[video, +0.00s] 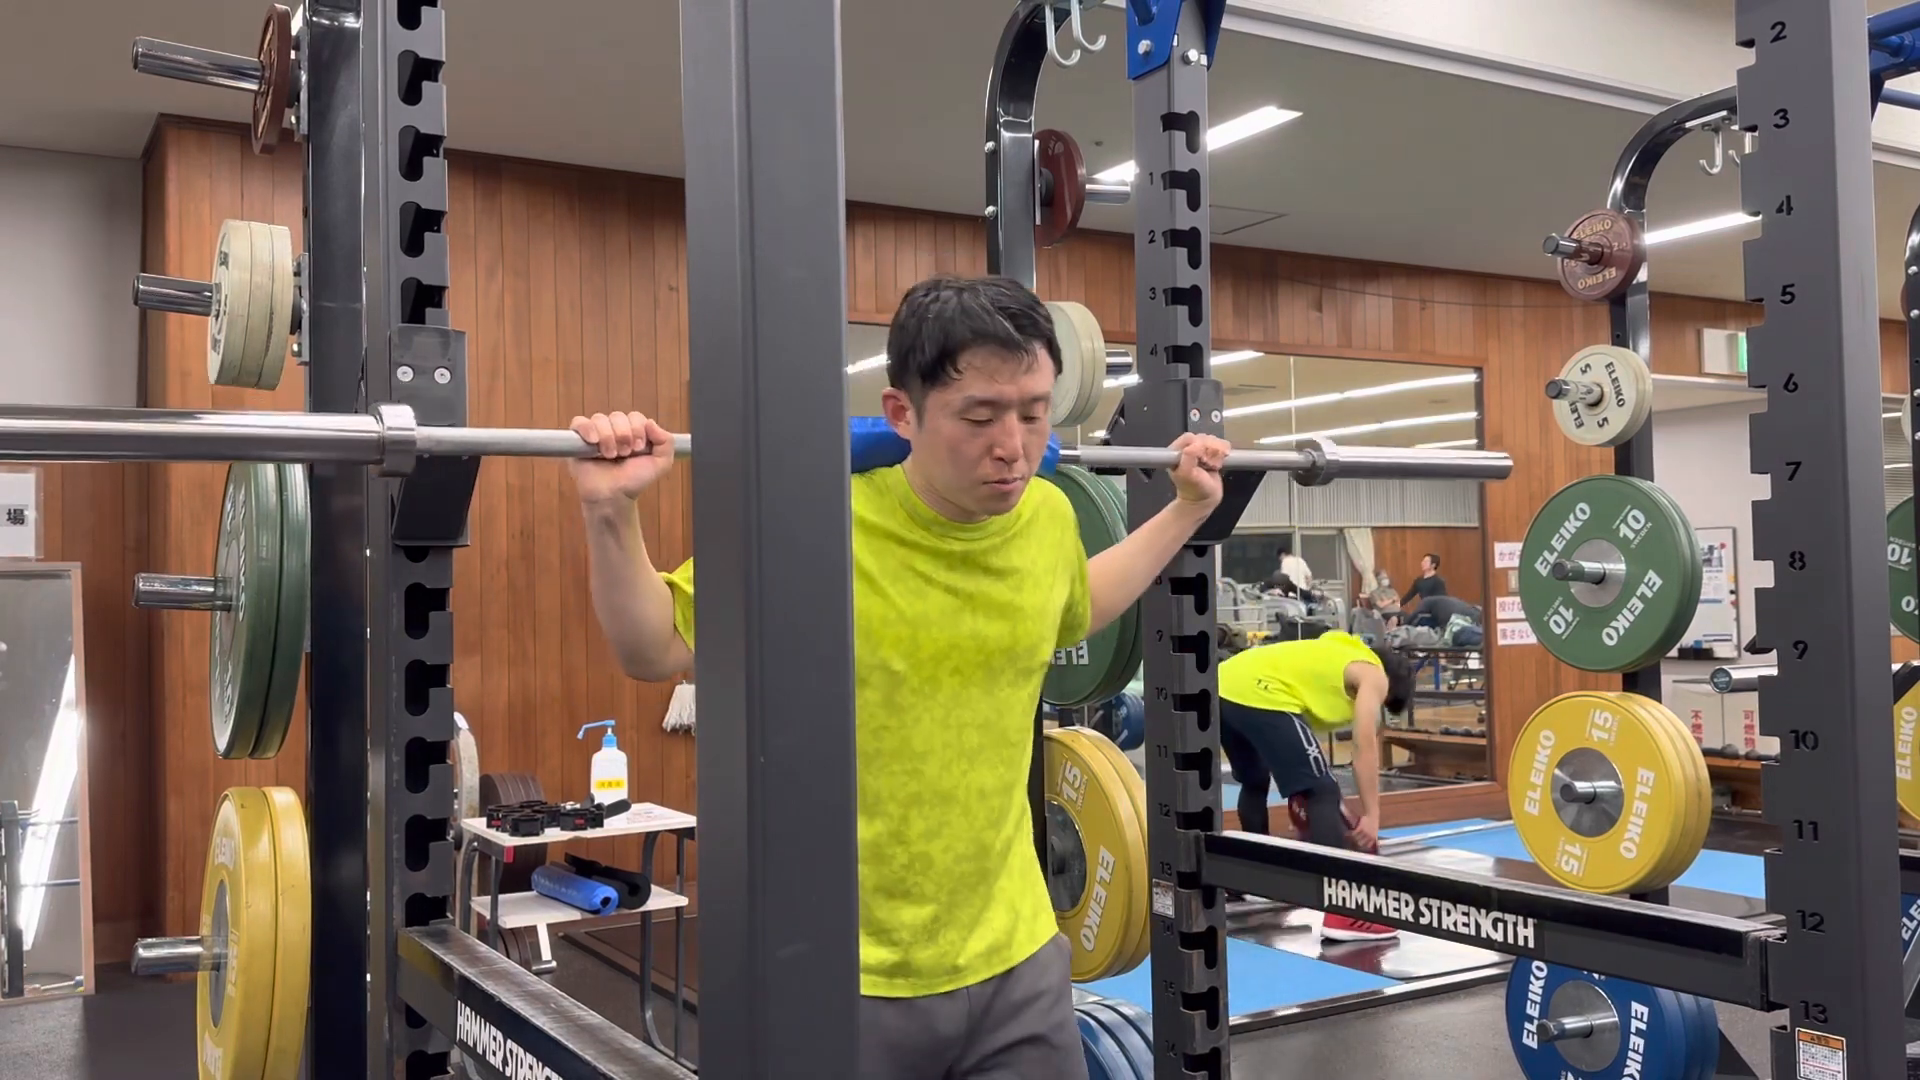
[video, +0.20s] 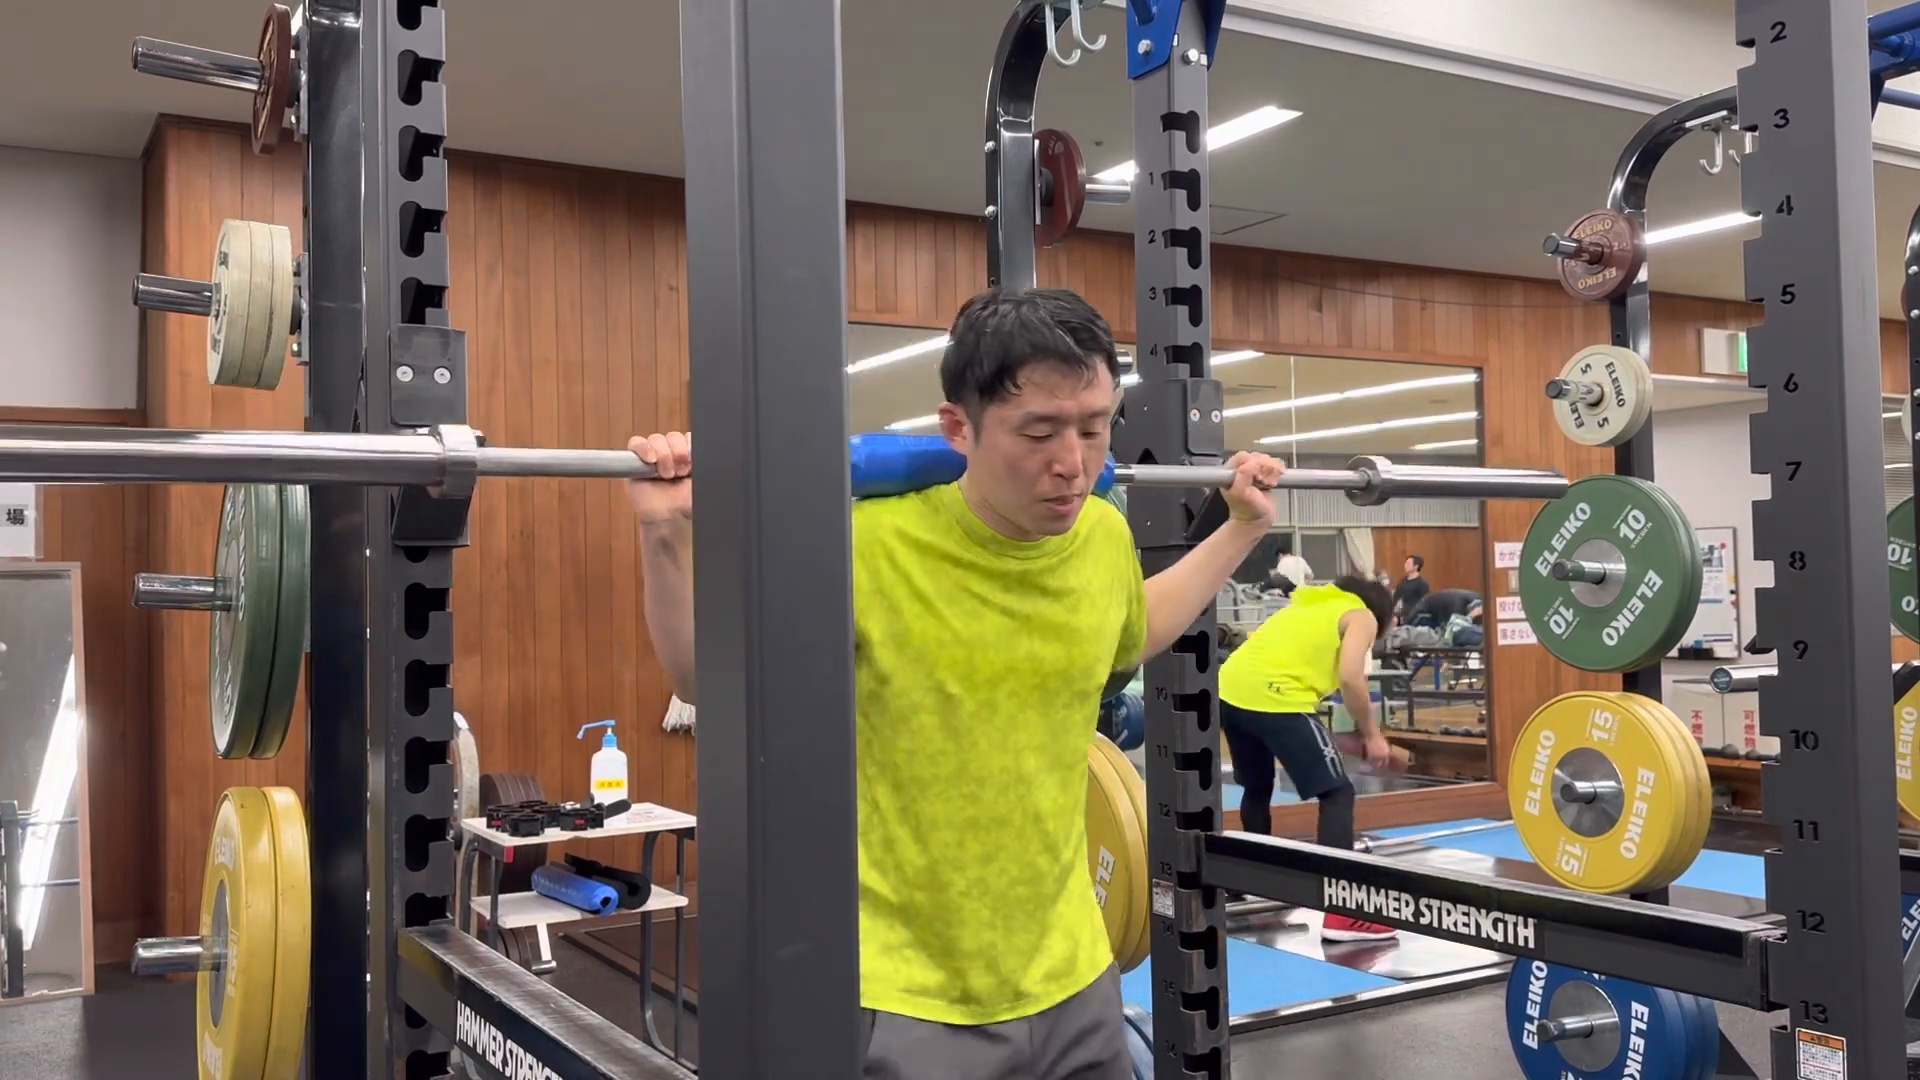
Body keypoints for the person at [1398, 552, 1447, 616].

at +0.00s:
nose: (1422, 563)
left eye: (1426, 561)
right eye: (1423, 561)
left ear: (1433, 565)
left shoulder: (1438, 582)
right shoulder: (1419, 581)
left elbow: (1441, 602)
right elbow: (1409, 595)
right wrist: (1399, 604)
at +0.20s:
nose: (1405, 565)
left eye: (1408, 563)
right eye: (1406, 563)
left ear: (1416, 566)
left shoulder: (1422, 584)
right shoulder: (1404, 581)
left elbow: (1425, 603)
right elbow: (1396, 596)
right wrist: (1391, 608)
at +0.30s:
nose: (1398, 564)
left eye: (1401, 562)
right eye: (1399, 562)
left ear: (1408, 566)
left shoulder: (1414, 584)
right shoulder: (1396, 581)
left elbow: (1416, 603)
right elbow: (1393, 597)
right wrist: (1388, 611)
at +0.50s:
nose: (1385, 563)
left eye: (1388, 561)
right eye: (1386, 561)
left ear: (1395, 564)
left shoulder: (1401, 581)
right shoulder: (1388, 579)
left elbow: (1398, 600)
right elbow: (1388, 597)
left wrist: (1395, 613)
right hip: (1388, 613)